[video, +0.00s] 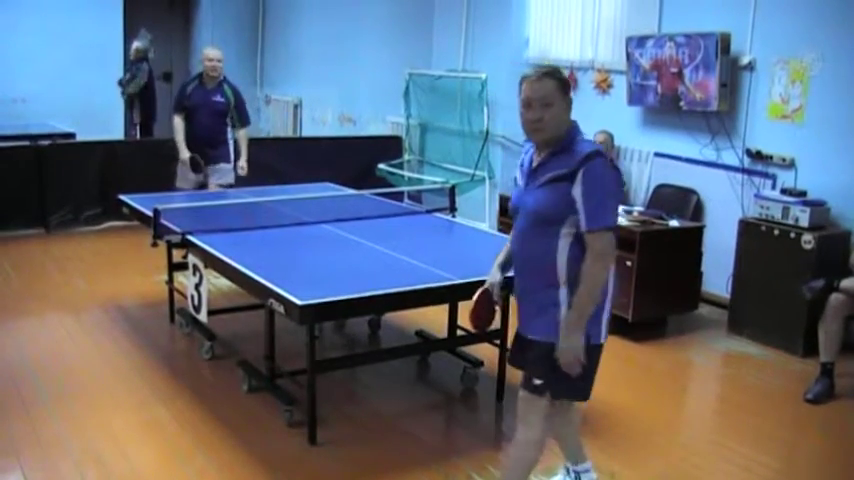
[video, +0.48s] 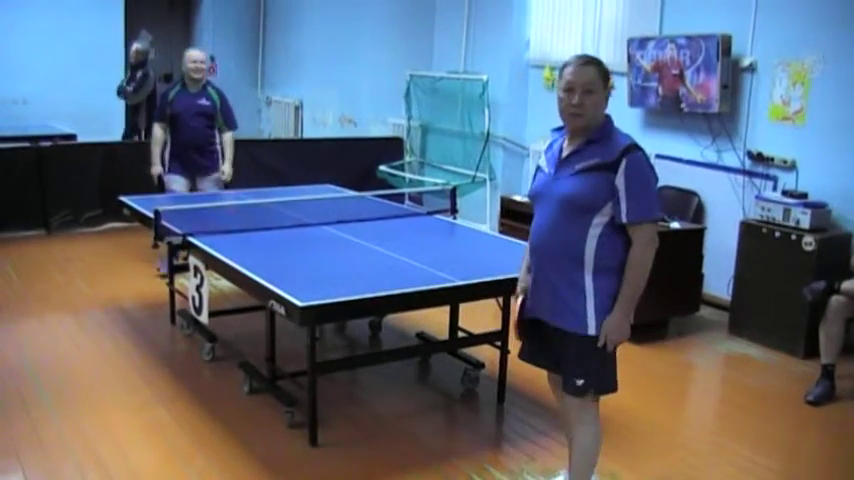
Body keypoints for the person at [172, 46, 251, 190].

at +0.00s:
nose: (214, 65)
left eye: (218, 61)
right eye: (209, 60)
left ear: (223, 64)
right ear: (202, 63)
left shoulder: (231, 91)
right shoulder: (188, 88)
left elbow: (240, 127)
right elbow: (178, 117)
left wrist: (243, 158)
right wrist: (183, 150)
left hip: (220, 157)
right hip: (191, 156)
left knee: (218, 205)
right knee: (183, 204)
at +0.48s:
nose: (197, 67)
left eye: (201, 62)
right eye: (193, 62)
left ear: (208, 66)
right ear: (183, 66)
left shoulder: (216, 95)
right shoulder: (169, 95)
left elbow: (227, 131)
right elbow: (159, 127)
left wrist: (228, 163)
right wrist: (156, 163)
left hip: (209, 165)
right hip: (177, 165)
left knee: (211, 215)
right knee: (174, 215)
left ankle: (210, 260)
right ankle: (169, 259)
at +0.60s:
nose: (186, 66)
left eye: (189, 62)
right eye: (181, 62)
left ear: (195, 64)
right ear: (172, 66)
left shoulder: (207, 94)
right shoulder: (159, 96)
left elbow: (220, 131)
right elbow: (151, 131)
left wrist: (225, 164)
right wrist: (149, 166)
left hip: (202, 165)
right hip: (170, 165)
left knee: (204, 214)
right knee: (170, 214)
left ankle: (202, 261)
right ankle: (172, 260)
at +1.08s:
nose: (159, 72)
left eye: (161, 66)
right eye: (153, 69)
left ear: (168, 66)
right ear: (146, 74)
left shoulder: (187, 92)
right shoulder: (141, 99)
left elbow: (200, 128)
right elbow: (133, 135)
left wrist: (198, 162)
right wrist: (131, 171)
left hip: (191, 162)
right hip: (161, 166)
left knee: (196, 213)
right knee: (167, 216)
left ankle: (199, 260)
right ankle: (175, 261)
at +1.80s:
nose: (195, 71)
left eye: (199, 67)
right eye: (190, 68)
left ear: (205, 69)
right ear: (180, 72)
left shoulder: (217, 96)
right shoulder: (169, 100)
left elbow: (229, 128)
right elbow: (159, 134)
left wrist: (225, 160)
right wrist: (157, 169)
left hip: (211, 168)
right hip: (180, 169)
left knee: (214, 218)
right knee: (177, 218)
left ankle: (213, 264)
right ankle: (177, 262)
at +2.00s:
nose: (215, 72)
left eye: (218, 68)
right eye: (210, 68)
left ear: (222, 71)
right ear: (200, 71)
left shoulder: (228, 95)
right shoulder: (184, 95)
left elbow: (239, 127)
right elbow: (173, 127)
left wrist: (241, 157)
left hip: (222, 166)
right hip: (192, 167)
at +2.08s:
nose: (222, 75)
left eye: (225, 70)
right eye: (217, 70)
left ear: (228, 72)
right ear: (205, 72)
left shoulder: (231, 95)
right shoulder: (188, 93)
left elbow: (240, 128)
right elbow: (177, 125)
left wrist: (244, 154)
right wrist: (198, 148)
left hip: (224, 162)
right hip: (194, 163)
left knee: (227, 211)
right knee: (191, 213)